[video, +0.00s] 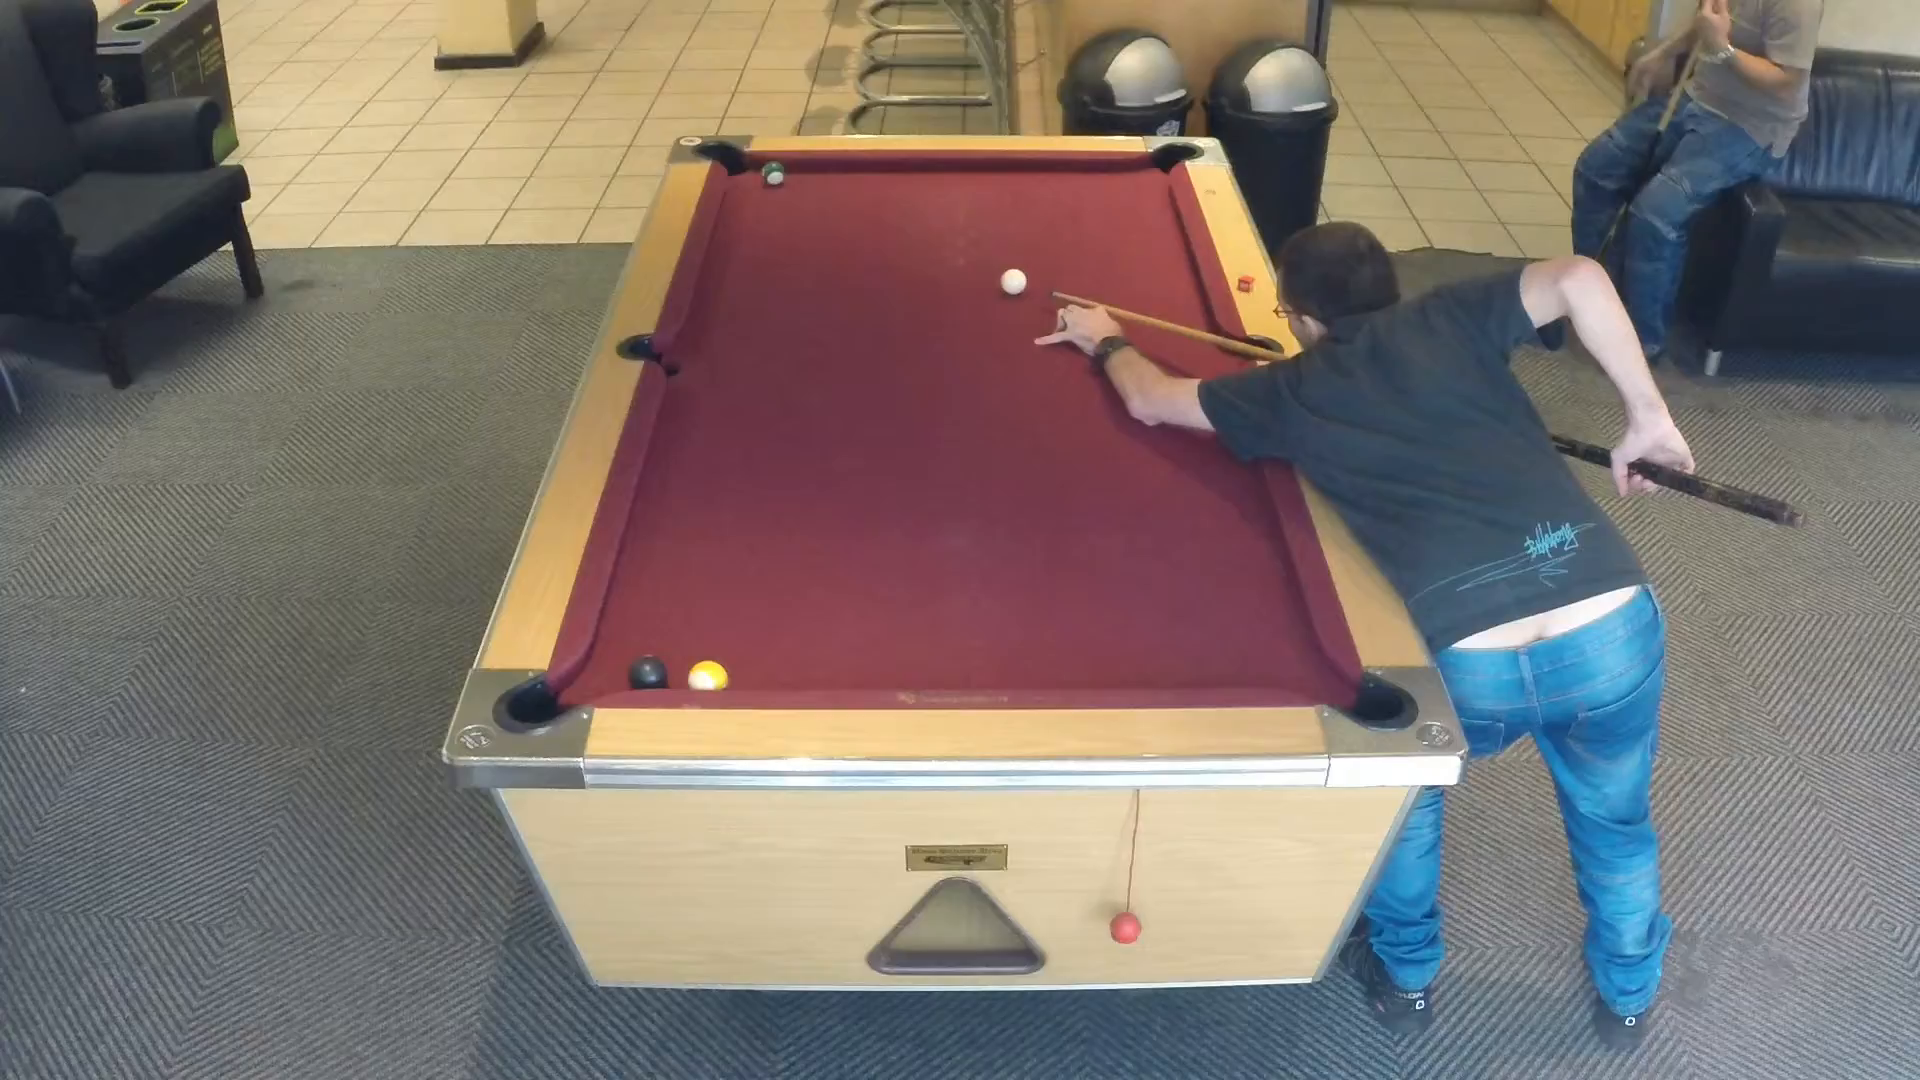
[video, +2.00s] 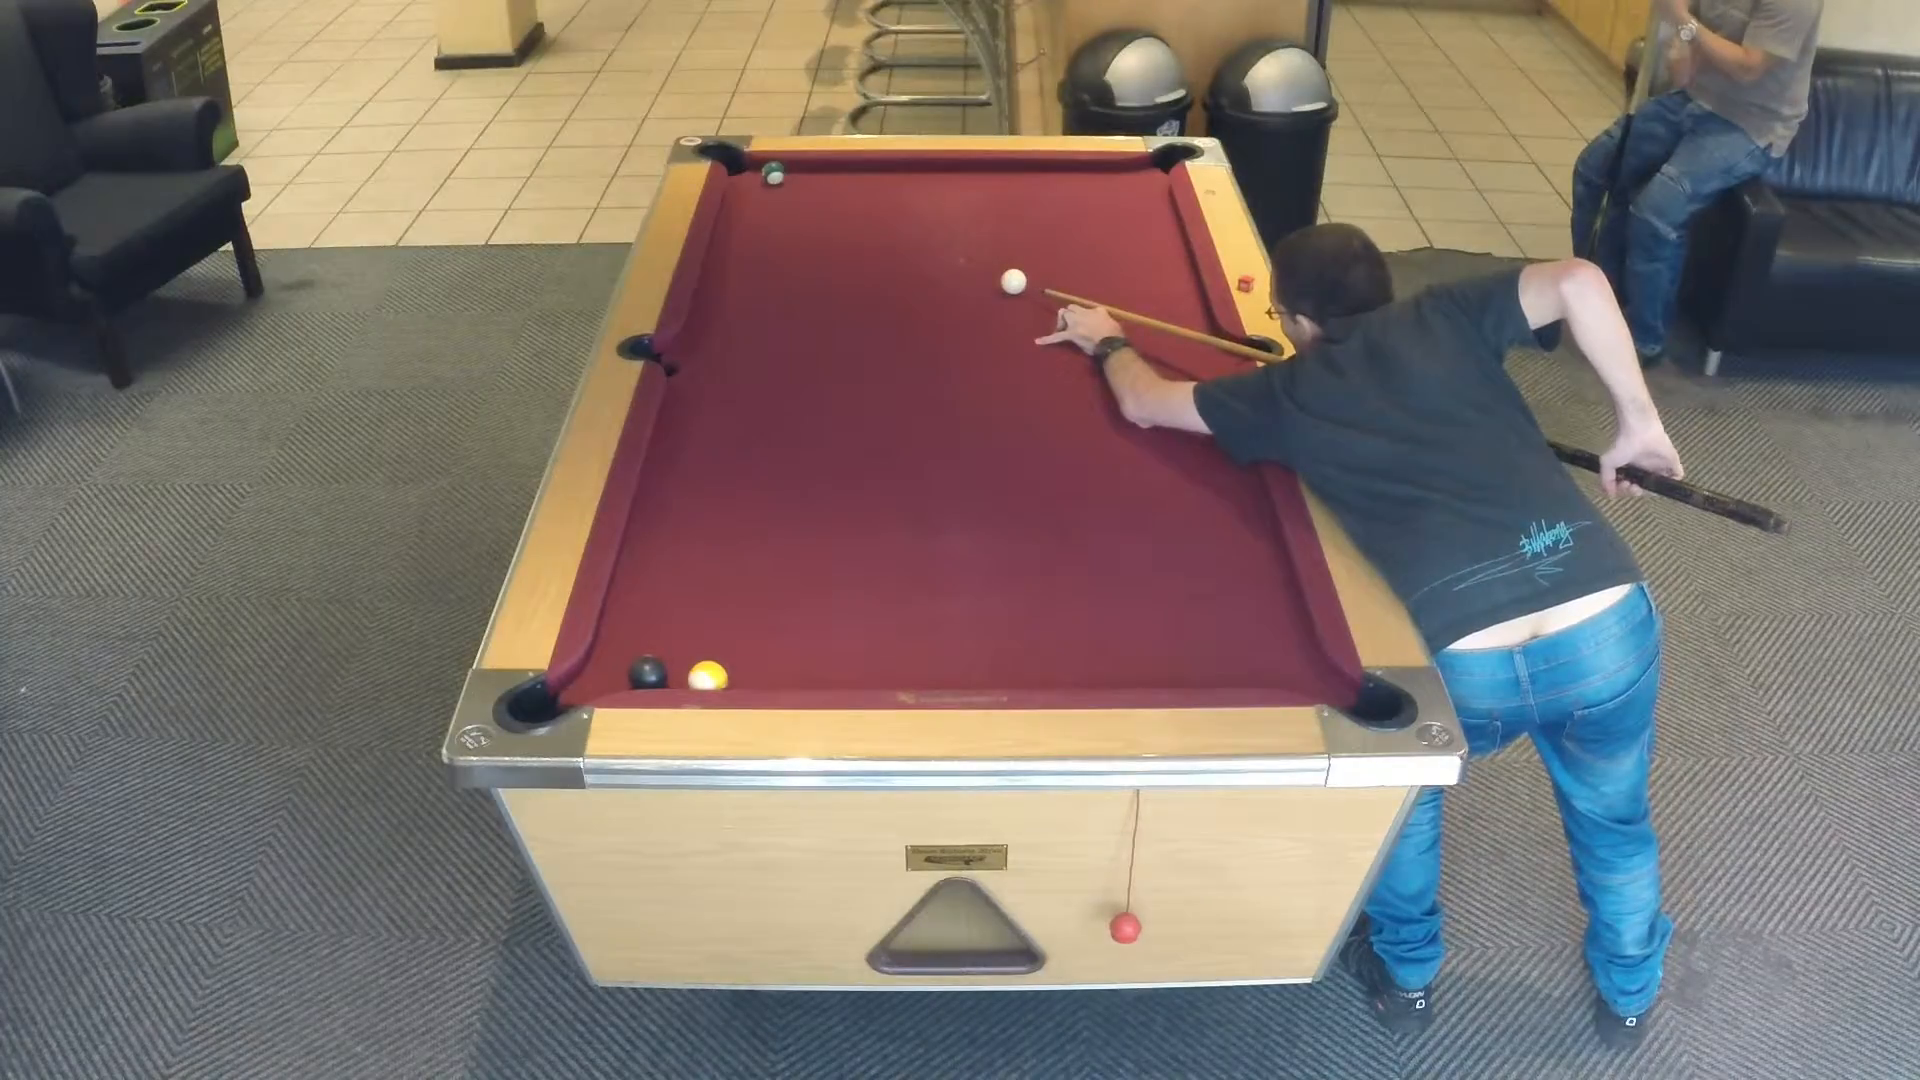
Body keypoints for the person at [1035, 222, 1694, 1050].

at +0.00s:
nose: (1286, 319)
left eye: (1288, 306)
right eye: (1286, 305)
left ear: (1307, 319)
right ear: (1391, 290)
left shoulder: (1294, 391)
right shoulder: (1458, 316)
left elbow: (1151, 396)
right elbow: (1579, 277)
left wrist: (1105, 340)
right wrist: (1650, 411)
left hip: (1469, 660)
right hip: (1611, 626)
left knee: (1404, 780)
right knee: (1618, 819)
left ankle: (1407, 972)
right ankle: (1630, 991)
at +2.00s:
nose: (1280, 323)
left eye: (1282, 310)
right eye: (1280, 309)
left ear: (1301, 323)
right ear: (1386, 294)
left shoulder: (1286, 392)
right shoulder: (1451, 317)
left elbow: (1145, 399)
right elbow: (1577, 279)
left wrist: (1106, 340)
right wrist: (1641, 415)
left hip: (1465, 663)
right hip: (1606, 627)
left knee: (1400, 771)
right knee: (1617, 821)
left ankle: (1408, 965)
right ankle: (1630, 990)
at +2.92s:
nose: (1278, 316)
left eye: (1280, 305)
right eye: (1280, 303)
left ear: (1302, 319)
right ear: (1385, 287)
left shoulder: (1288, 390)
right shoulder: (1451, 310)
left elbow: (1146, 402)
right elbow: (1581, 284)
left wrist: (1108, 341)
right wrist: (1661, 420)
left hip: (1464, 662)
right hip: (1605, 620)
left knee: (1402, 774)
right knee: (1617, 819)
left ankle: (1409, 967)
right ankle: (1631, 989)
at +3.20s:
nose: (1279, 317)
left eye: (1281, 305)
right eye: (1279, 305)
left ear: (1298, 317)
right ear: (1385, 289)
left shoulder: (1286, 389)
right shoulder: (1449, 313)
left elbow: (1145, 400)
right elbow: (1579, 281)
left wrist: (1106, 341)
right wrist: (1618, 418)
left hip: (1470, 661)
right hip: (1607, 623)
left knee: (1394, 764)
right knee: (1616, 819)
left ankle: (1408, 966)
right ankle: (1631, 989)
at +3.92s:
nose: (1281, 318)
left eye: (1283, 306)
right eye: (1279, 305)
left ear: (1298, 318)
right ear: (1386, 290)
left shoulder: (1289, 389)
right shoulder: (1451, 312)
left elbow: (1143, 400)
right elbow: (1586, 291)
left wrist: (1105, 341)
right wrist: (1599, 420)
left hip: (1467, 659)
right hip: (1606, 621)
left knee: (1396, 766)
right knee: (1615, 820)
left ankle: (1407, 969)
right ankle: (1630, 992)